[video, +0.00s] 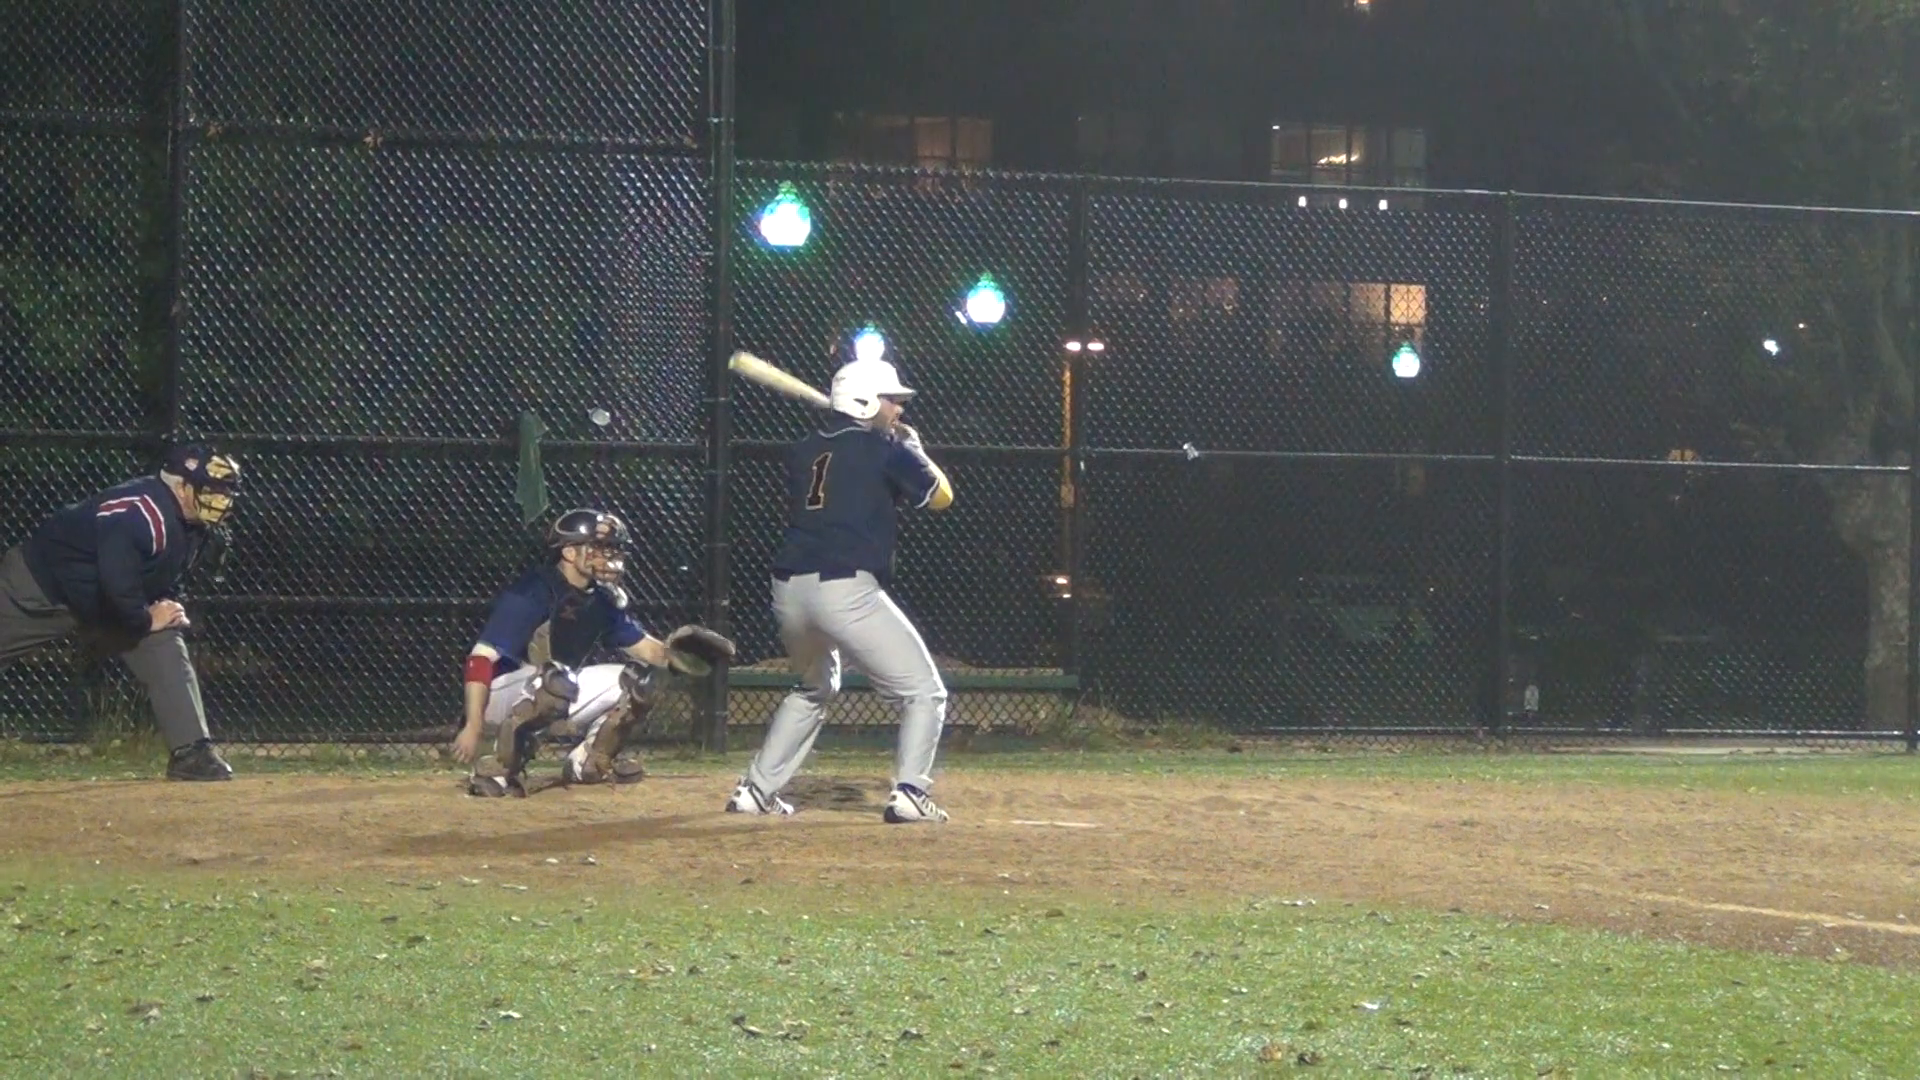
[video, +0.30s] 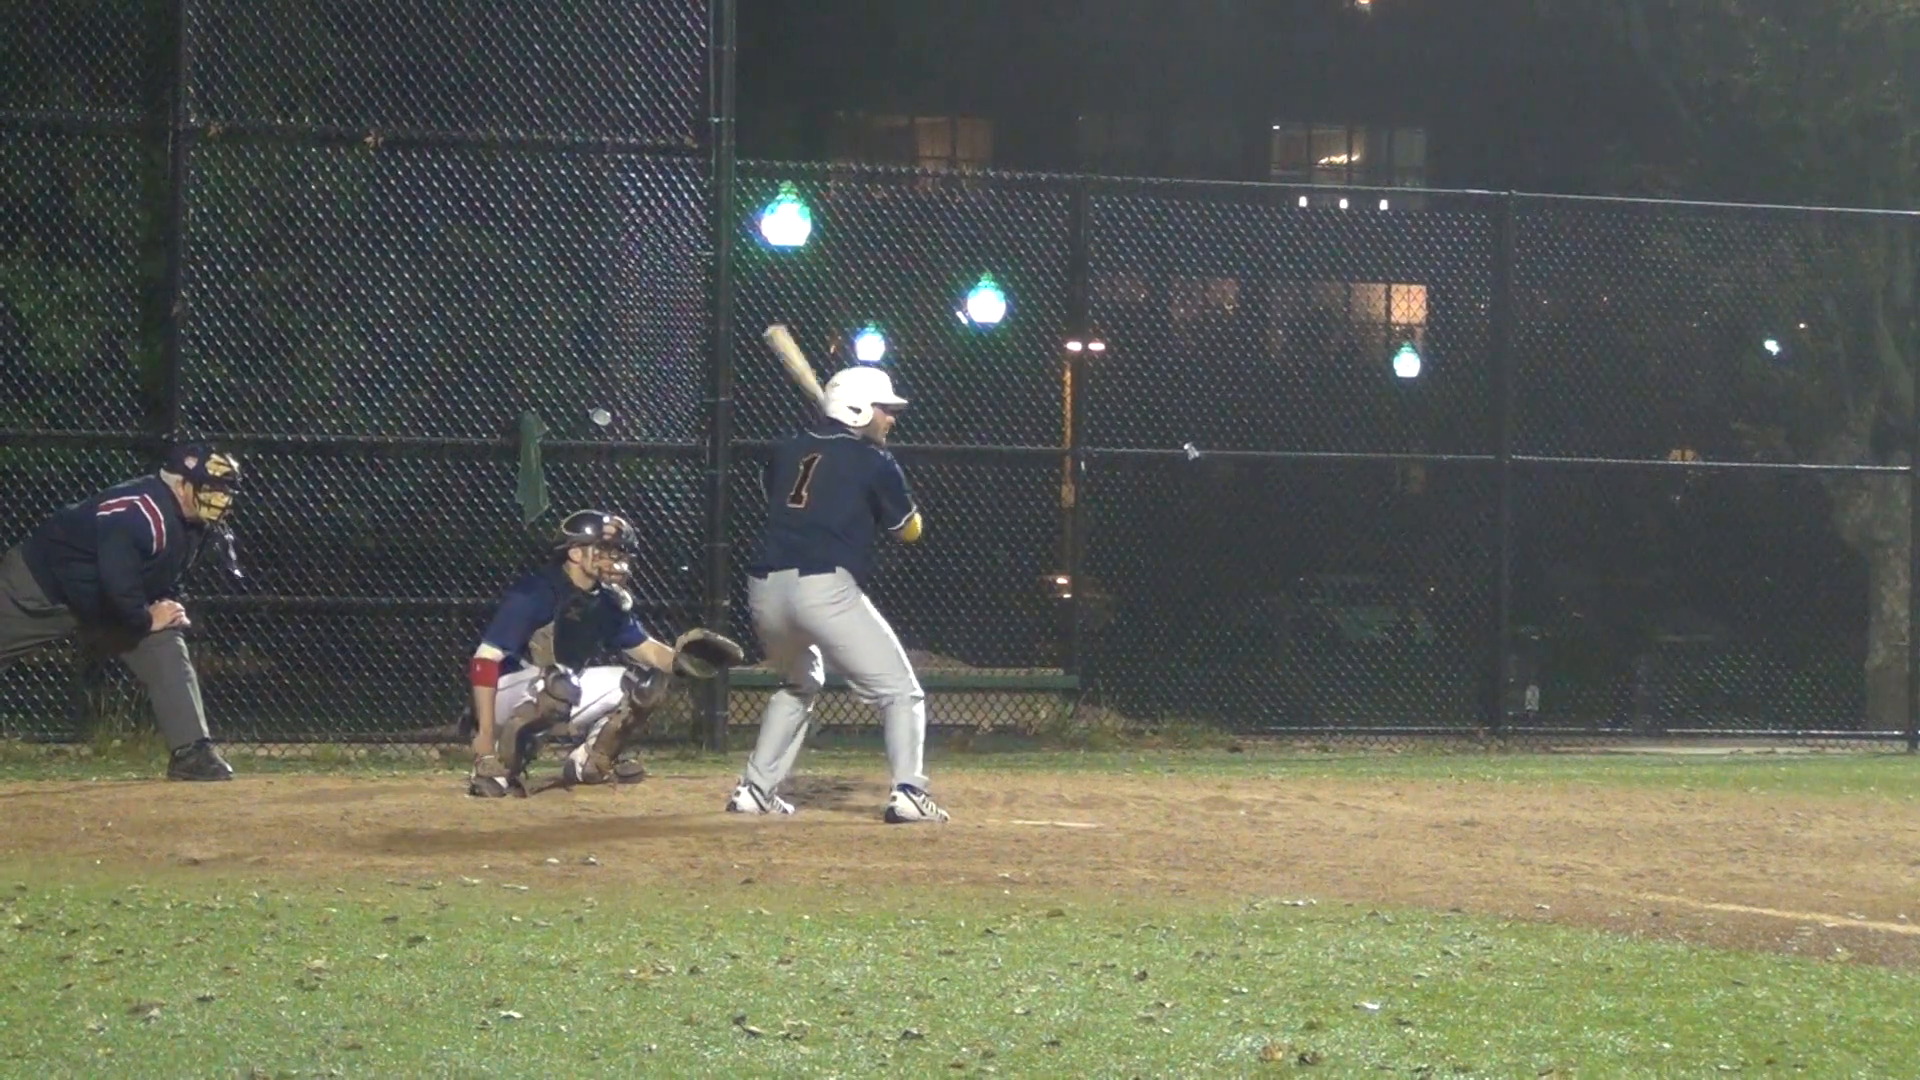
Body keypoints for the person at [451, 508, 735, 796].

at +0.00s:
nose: (610, 557)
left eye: (611, 549)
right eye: (601, 549)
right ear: (570, 553)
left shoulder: (602, 598)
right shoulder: (532, 592)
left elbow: (641, 646)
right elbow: (481, 657)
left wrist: (685, 654)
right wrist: (472, 724)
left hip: (558, 694)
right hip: (500, 693)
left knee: (636, 683)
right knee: (556, 681)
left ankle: (588, 765)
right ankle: (497, 773)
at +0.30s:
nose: (614, 559)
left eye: (616, 552)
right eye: (606, 551)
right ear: (576, 553)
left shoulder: (607, 600)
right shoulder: (538, 592)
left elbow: (646, 649)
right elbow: (485, 662)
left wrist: (688, 660)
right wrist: (486, 735)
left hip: (563, 692)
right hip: (503, 695)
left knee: (645, 683)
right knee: (558, 684)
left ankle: (590, 765)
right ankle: (495, 770)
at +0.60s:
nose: (617, 555)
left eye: (620, 548)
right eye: (608, 548)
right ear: (583, 552)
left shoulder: (614, 604)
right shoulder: (544, 591)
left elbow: (644, 657)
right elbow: (492, 657)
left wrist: (683, 667)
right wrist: (491, 726)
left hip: (571, 691)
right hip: (510, 690)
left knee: (647, 687)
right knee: (563, 686)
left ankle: (591, 763)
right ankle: (496, 767)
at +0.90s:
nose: (627, 565)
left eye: (629, 557)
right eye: (617, 556)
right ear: (587, 558)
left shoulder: (622, 605)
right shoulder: (545, 597)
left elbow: (659, 659)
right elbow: (490, 659)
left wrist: (687, 654)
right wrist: (490, 730)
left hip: (576, 694)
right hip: (513, 695)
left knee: (648, 692)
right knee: (566, 684)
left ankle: (592, 763)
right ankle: (500, 767)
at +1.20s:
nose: (620, 569)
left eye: (623, 562)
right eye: (611, 560)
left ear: (627, 564)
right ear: (581, 560)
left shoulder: (617, 605)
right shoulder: (543, 593)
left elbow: (654, 648)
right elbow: (478, 651)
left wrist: (687, 671)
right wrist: (482, 720)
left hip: (566, 697)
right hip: (503, 696)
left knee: (648, 694)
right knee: (561, 683)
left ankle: (594, 766)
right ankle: (496, 768)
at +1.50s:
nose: (621, 539)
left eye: (624, 532)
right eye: (610, 530)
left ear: (631, 536)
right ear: (581, 534)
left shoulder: (621, 584)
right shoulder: (542, 580)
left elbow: (655, 652)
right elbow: (501, 645)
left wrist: (637, 626)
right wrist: (555, 638)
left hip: (579, 681)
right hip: (515, 679)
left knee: (657, 695)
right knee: (569, 690)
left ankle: (593, 761)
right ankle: (501, 770)